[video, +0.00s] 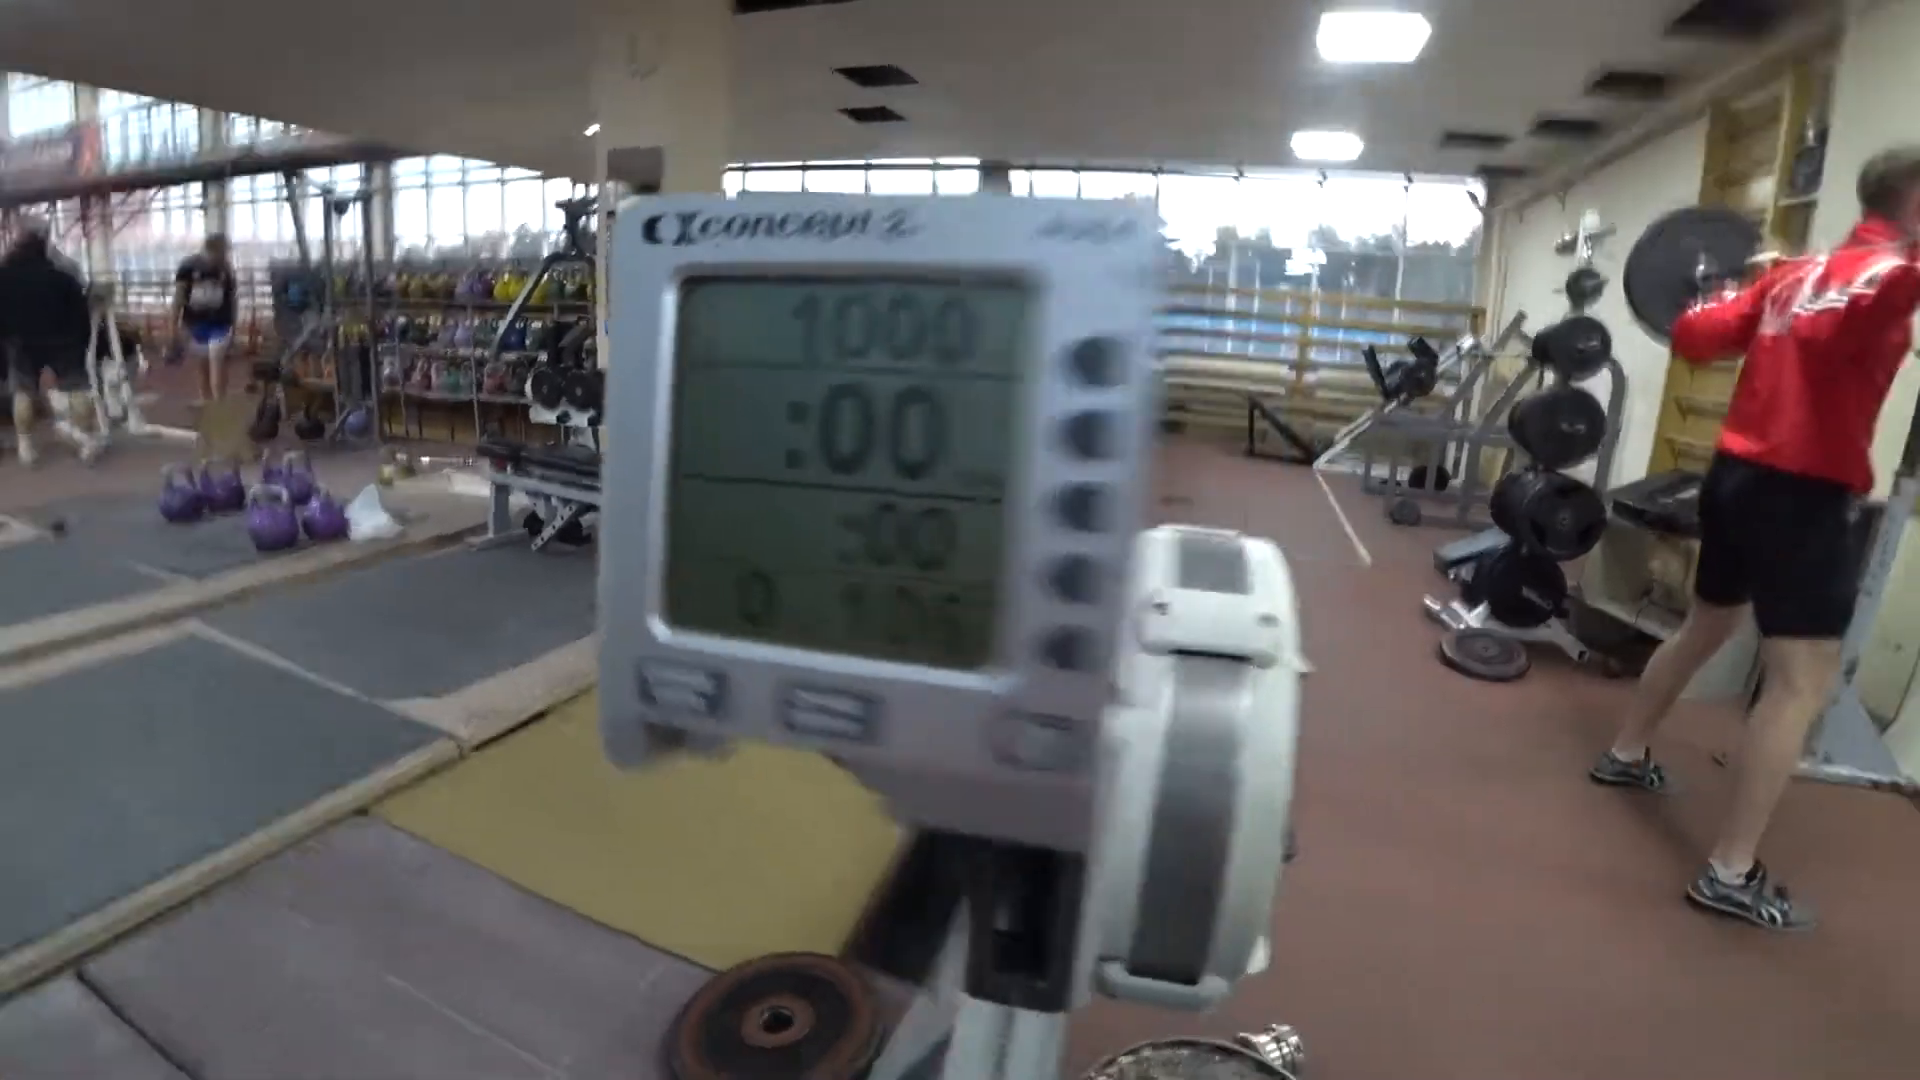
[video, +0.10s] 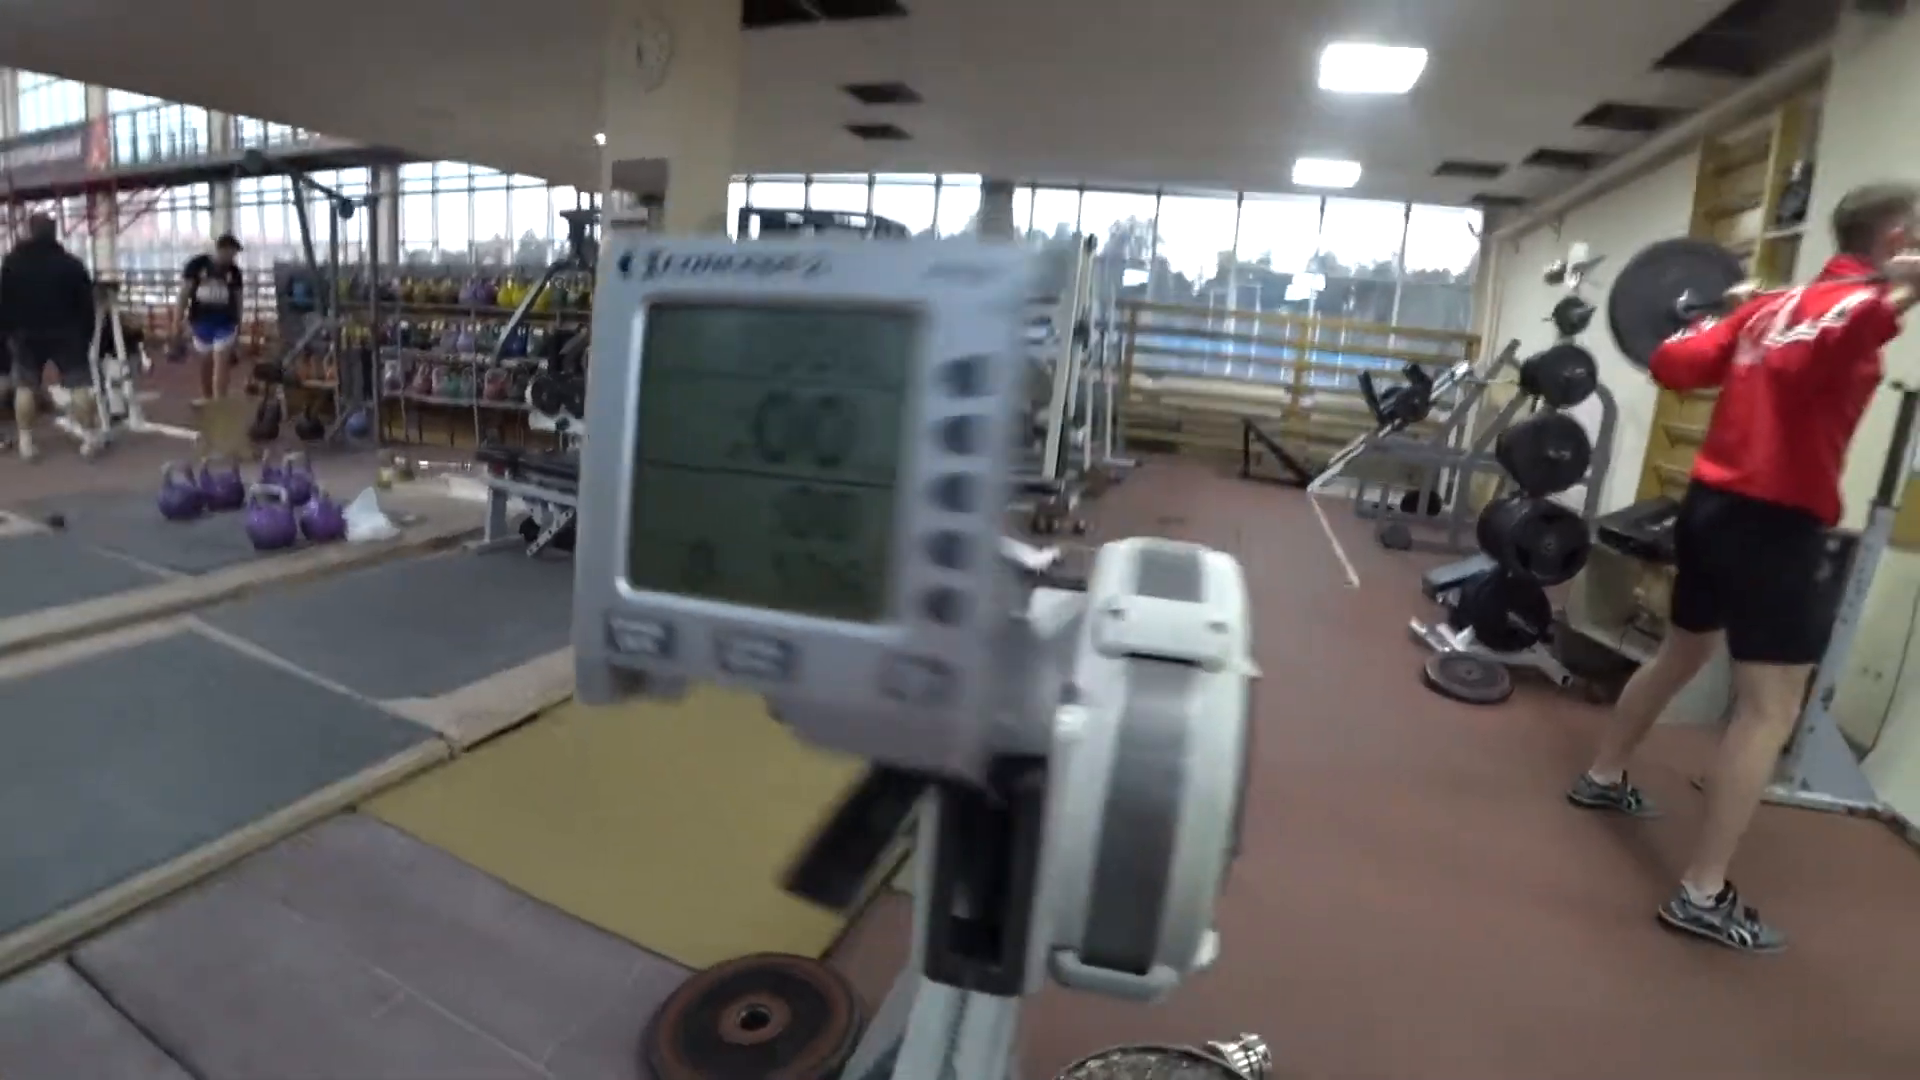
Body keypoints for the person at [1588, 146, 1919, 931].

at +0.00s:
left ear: (1862, 205)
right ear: (1913, 206)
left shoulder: (1791, 273)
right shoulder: (1898, 273)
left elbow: (1695, 331)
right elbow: (1873, 308)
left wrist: (1729, 288)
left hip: (1734, 475)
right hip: (1809, 492)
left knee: (1707, 624)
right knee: (1800, 684)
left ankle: (1625, 751)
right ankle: (1730, 871)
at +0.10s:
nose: (1915, 257)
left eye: (1915, 244)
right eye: (1914, 244)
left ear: (1843, 243)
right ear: (1895, 241)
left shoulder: (1767, 306)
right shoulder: (1870, 304)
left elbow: (1672, 360)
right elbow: (1842, 328)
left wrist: (1708, 322)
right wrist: (1897, 295)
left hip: (1709, 508)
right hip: (1781, 524)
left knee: (1678, 651)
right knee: (1765, 713)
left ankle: (1601, 773)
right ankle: (1702, 891)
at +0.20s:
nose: (1881, 299)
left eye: (1881, 285)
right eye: (1874, 285)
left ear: (1808, 286)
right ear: (1845, 287)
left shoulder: (1738, 351)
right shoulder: (1822, 343)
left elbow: (1651, 399)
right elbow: (1774, 387)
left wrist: (1699, 361)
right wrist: (1843, 351)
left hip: (1682, 547)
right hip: (1750, 560)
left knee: (1658, 686)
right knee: (1742, 745)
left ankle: (1584, 813)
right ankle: (1677, 932)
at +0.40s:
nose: (1855, 405)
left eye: (1856, 394)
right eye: (1850, 393)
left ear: (1784, 393)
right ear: (1826, 395)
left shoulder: (1723, 451)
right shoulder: (1803, 449)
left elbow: (1640, 500)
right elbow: (1768, 476)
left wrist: (1693, 459)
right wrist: (1824, 446)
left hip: (1667, 642)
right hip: (1723, 656)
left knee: (1671, 782)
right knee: (1759, 839)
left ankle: (1595, 900)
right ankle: (1679, 1019)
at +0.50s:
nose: (1877, 463)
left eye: (1876, 449)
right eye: (1871, 449)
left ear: (1812, 450)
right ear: (1849, 451)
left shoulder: (1755, 500)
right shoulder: (1831, 506)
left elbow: (1669, 549)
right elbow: (1776, 537)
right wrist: (1840, 501)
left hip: (1684, 689)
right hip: (1740, 705)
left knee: (1718, 830)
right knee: (1821, 889)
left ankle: (1635, 943)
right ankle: (1720, 1054)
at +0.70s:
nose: (1870, 540)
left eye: (1870, 528)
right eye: (1866, 528)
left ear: (1806, 536)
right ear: (1849, 534)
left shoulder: (1759, 583)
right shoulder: (1831, 598)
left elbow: (1672, 622)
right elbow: (1746, 644)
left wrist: (1732, 586)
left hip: (1666, 745)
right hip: (1721, 765)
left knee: (1752, 851)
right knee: (1826, 870)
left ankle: (1661, 957)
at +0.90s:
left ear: (1793, 584)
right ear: (1831, 600)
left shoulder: (1741, 623)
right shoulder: (1802, 646)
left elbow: (1661, 654)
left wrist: (1694, 635)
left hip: (1638, 768)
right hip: (1694, 793)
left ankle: (1582, 791)